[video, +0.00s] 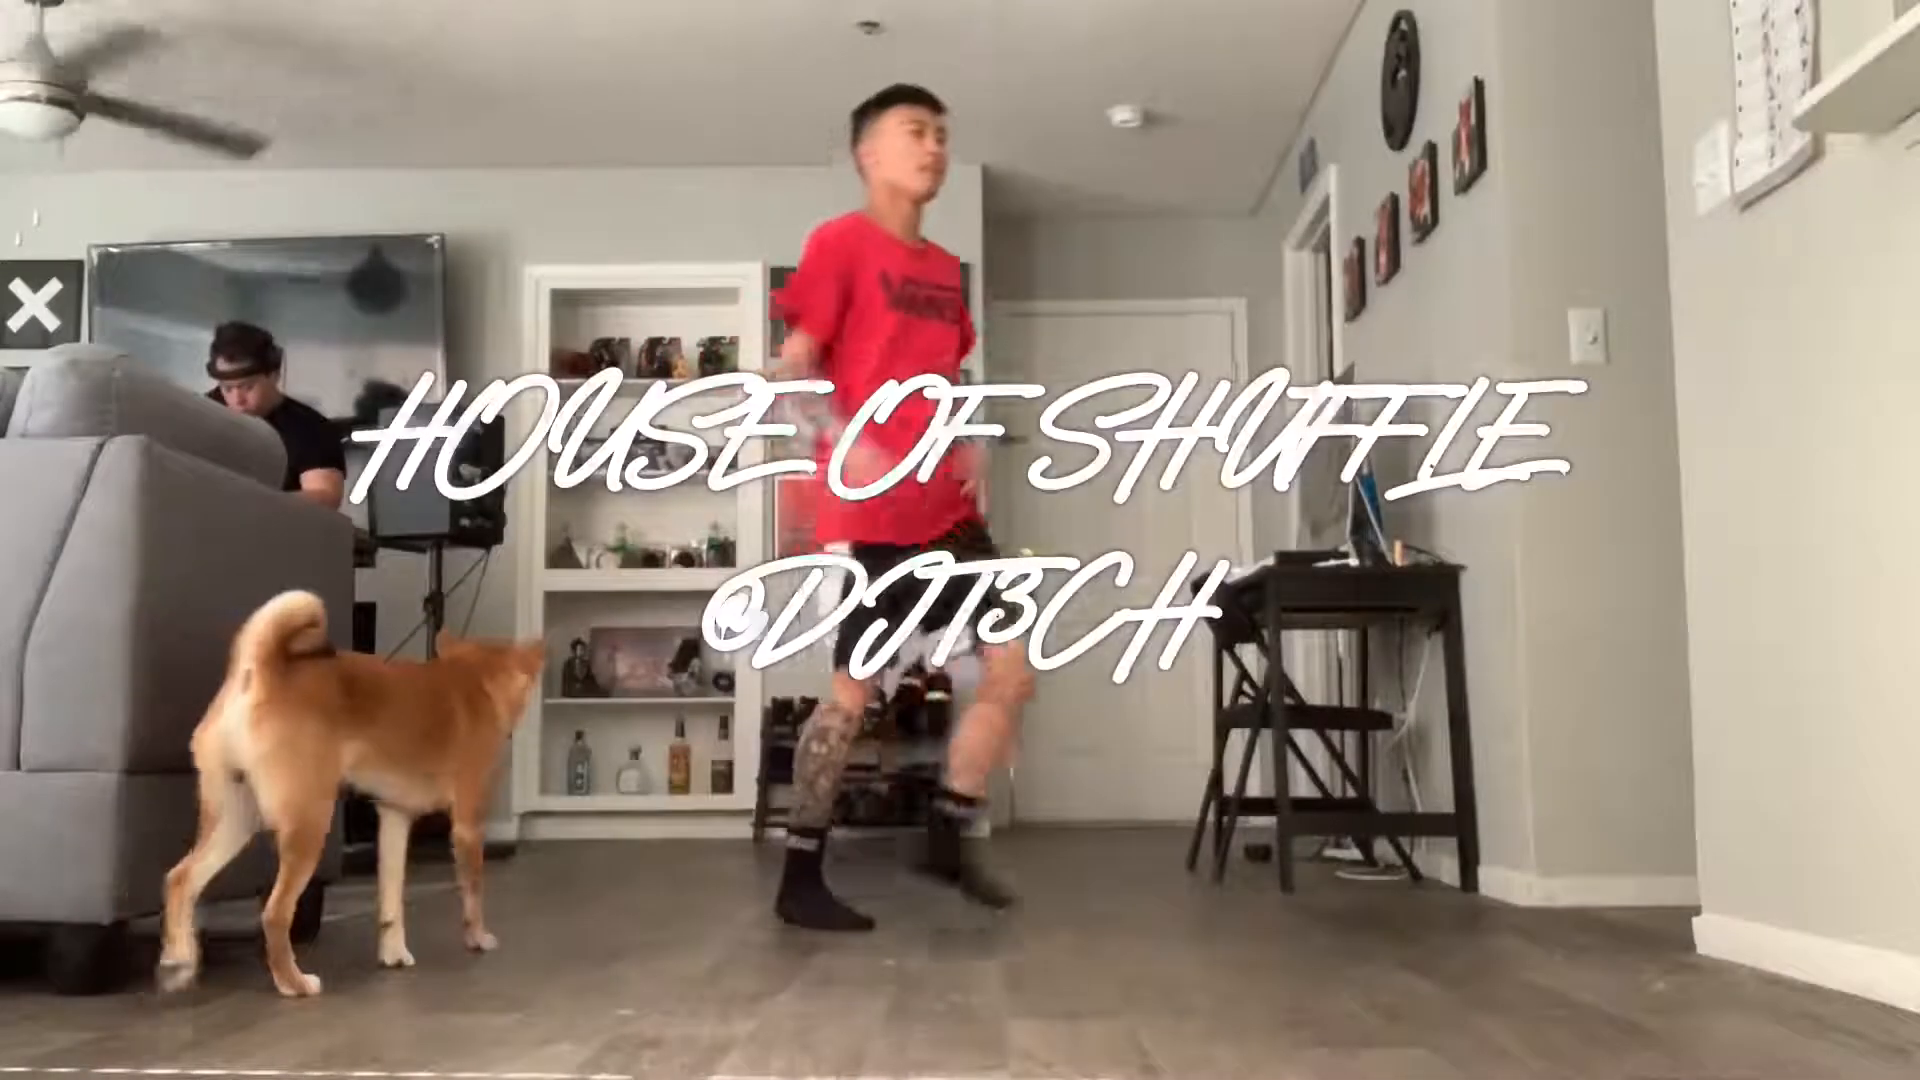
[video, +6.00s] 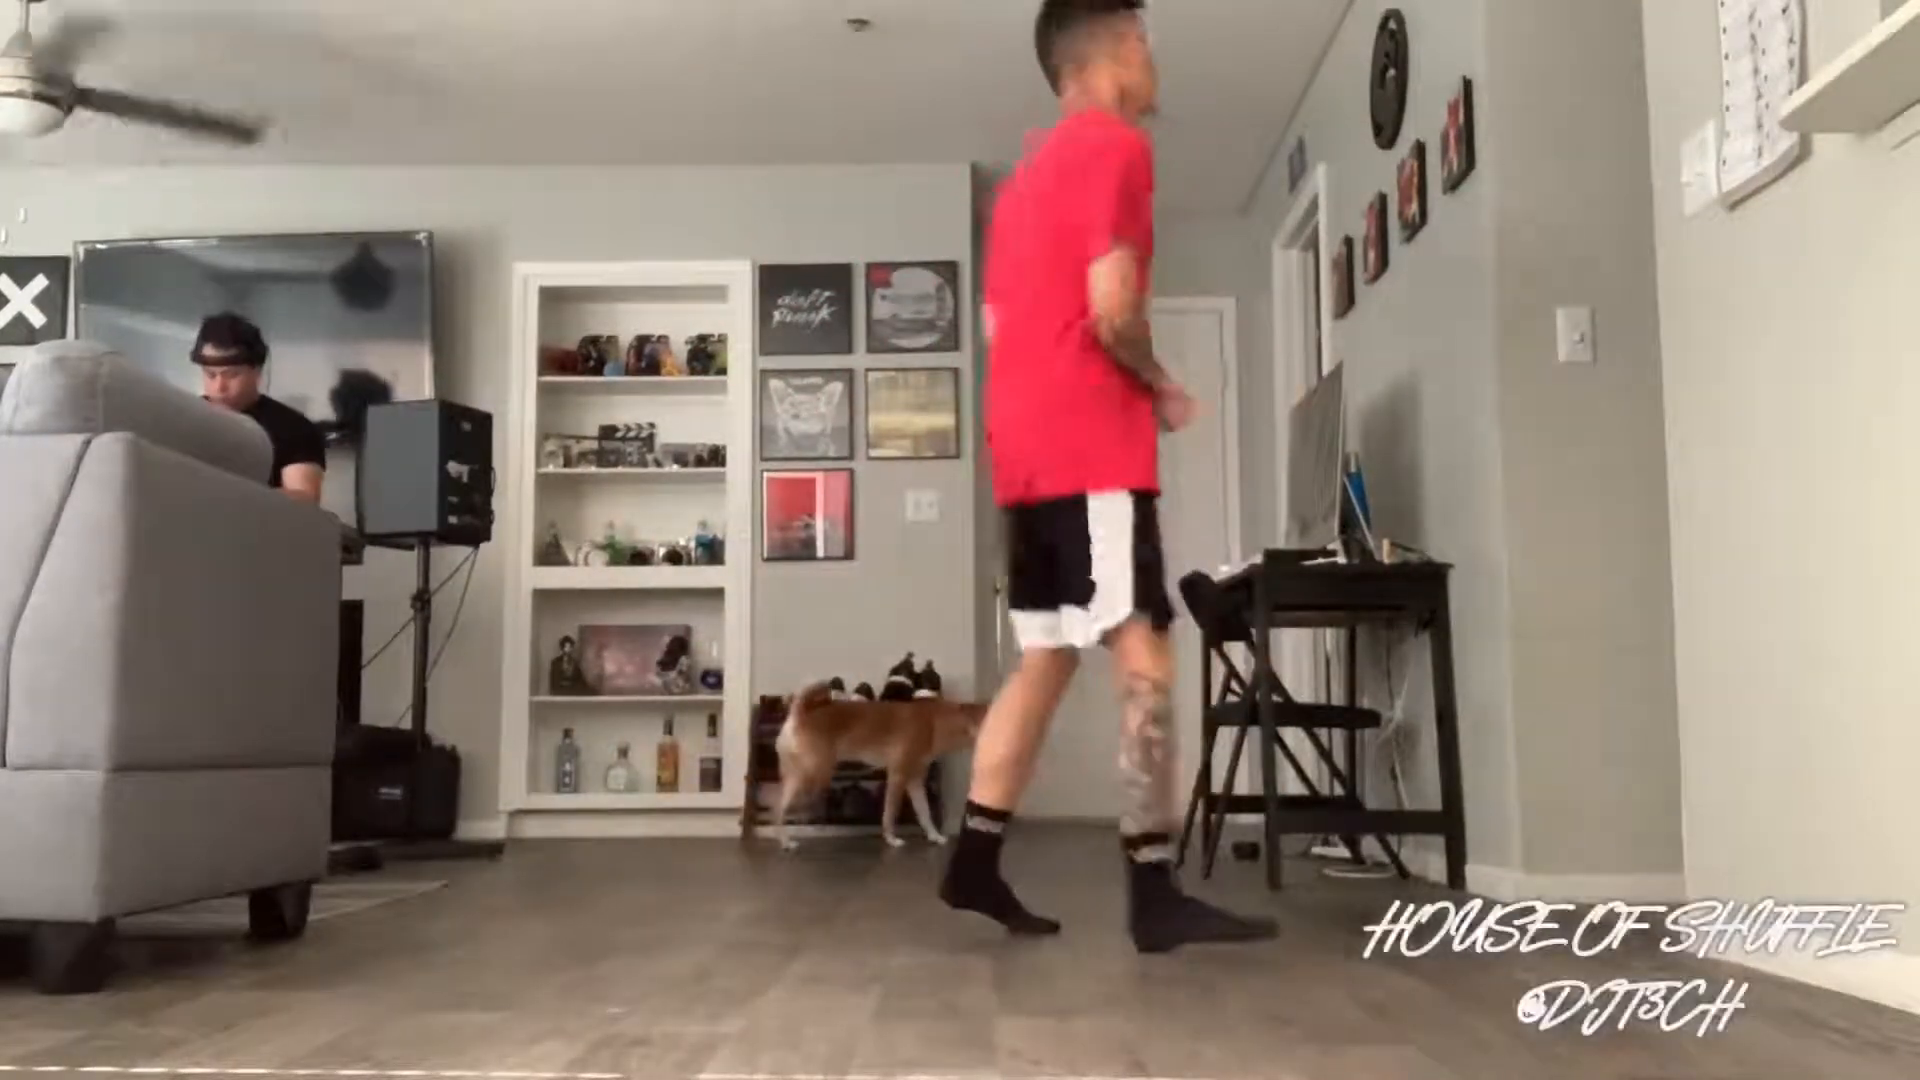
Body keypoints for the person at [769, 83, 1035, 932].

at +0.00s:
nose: (935, 147)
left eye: (940, 136)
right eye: (916, 132)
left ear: (941, 162)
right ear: (864, 154)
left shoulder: (946, 267)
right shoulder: (841, 240)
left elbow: (953, 385)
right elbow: (792, 369)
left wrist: (969, 460)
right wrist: (841, 442)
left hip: (948, 516)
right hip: (868, 518)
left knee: (1010, 666)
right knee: (854, 690)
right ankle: (801, 875)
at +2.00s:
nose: (903, 29)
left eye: (914, 16)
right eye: (879, 15)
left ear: (930, 42)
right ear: (833, 43)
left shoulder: (968, 163)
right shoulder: (798, 172)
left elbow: (997, 299)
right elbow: (773, 324)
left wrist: (952, 250)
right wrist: (786, 409)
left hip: (951, 434)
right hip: (842, 448)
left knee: (969, 617)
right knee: (830, 666)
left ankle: (995, 833)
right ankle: (812, 867)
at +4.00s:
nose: (769, 90)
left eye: (781, 68)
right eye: (772, 72)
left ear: (836, 74)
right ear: (826, 78)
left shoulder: (905, 201)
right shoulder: (773, 214)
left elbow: (952, 343)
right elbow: (741, 334)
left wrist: (846, 347)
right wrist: (731, 351)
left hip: (826, 486)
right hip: (755, 484)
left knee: (728, 671)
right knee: (814, 691)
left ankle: (682, 901)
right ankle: (882, 885)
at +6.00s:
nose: (1152, 66)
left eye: (1144, 47)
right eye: (1139, 46)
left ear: (1071, 71)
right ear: (1103, 60)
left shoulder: (1032, 165)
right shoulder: (1114, 146)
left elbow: (1013, 321)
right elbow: (1114, 306)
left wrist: (1132, 387)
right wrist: (1157, 378)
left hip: (1031, 448)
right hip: (1094, 446)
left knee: (1046, 655)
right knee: (1145, 657)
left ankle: (973, 861)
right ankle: (1157, 891)